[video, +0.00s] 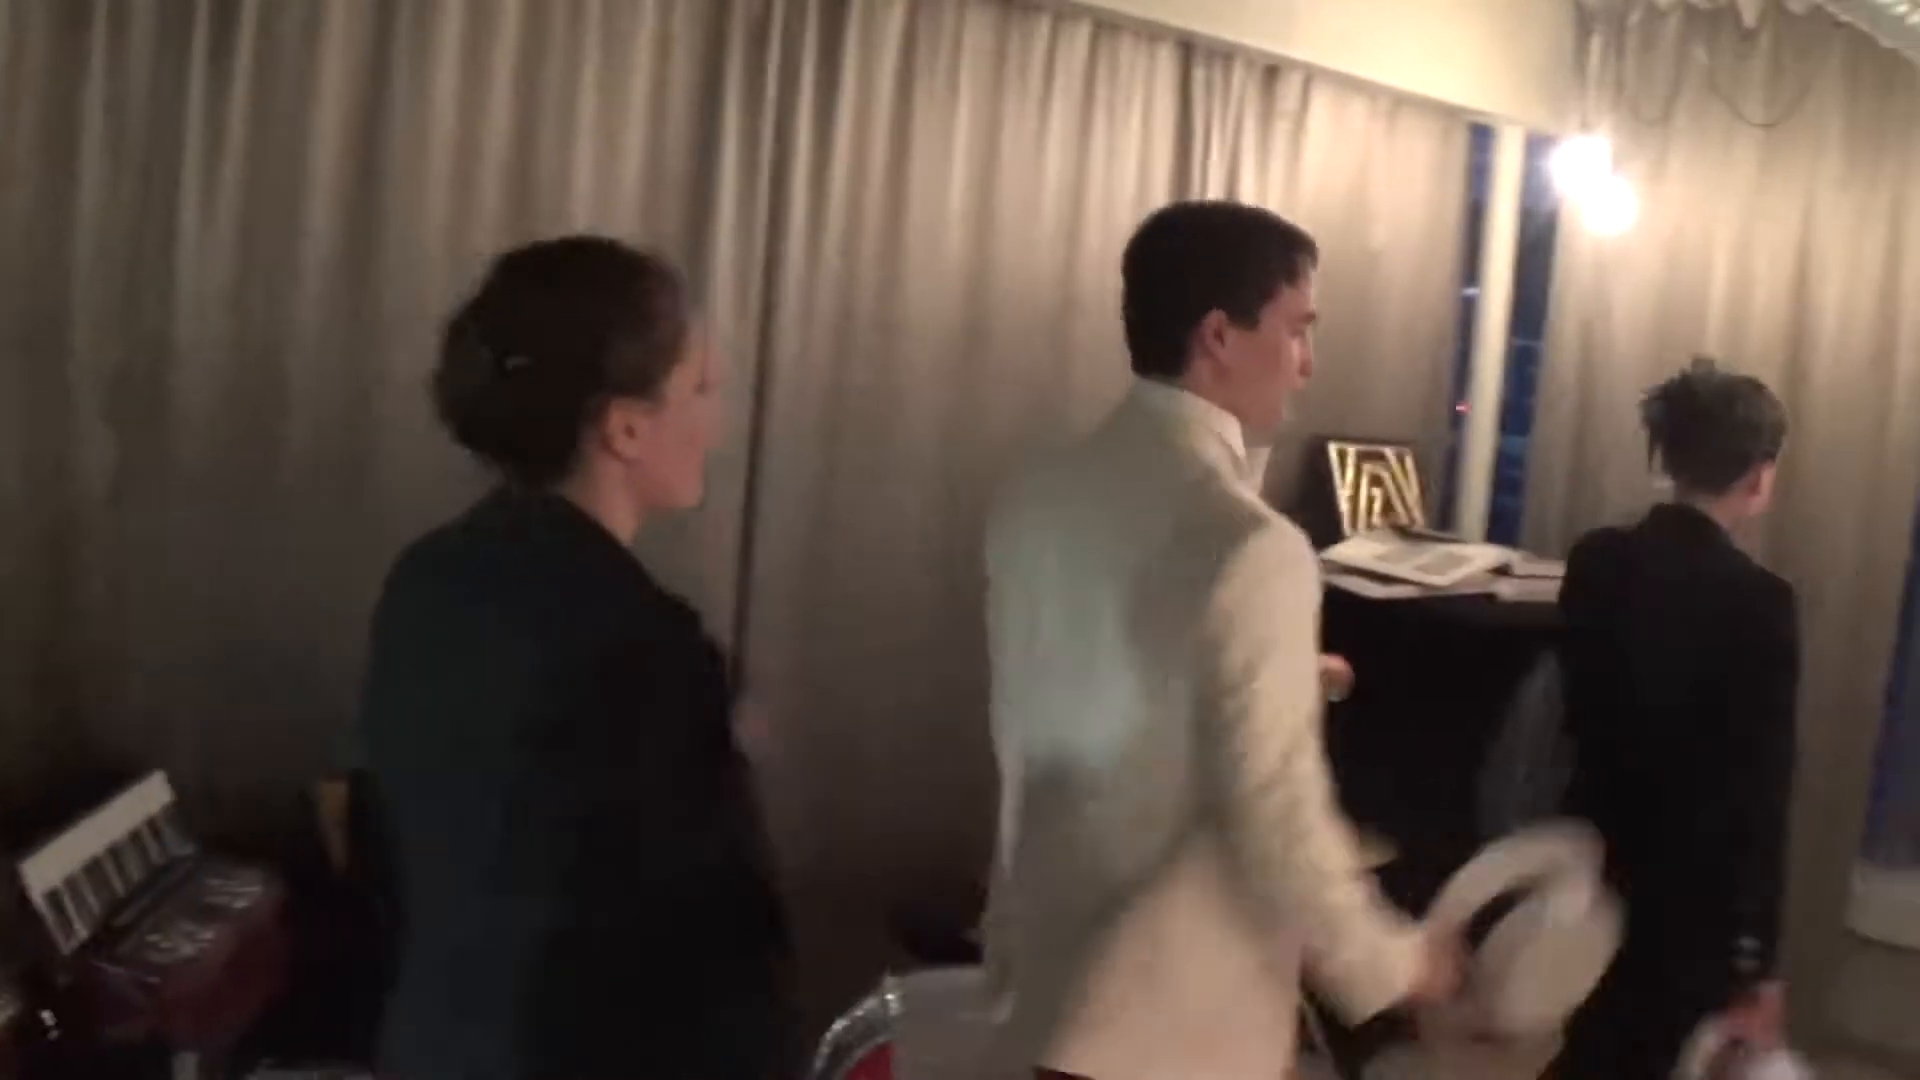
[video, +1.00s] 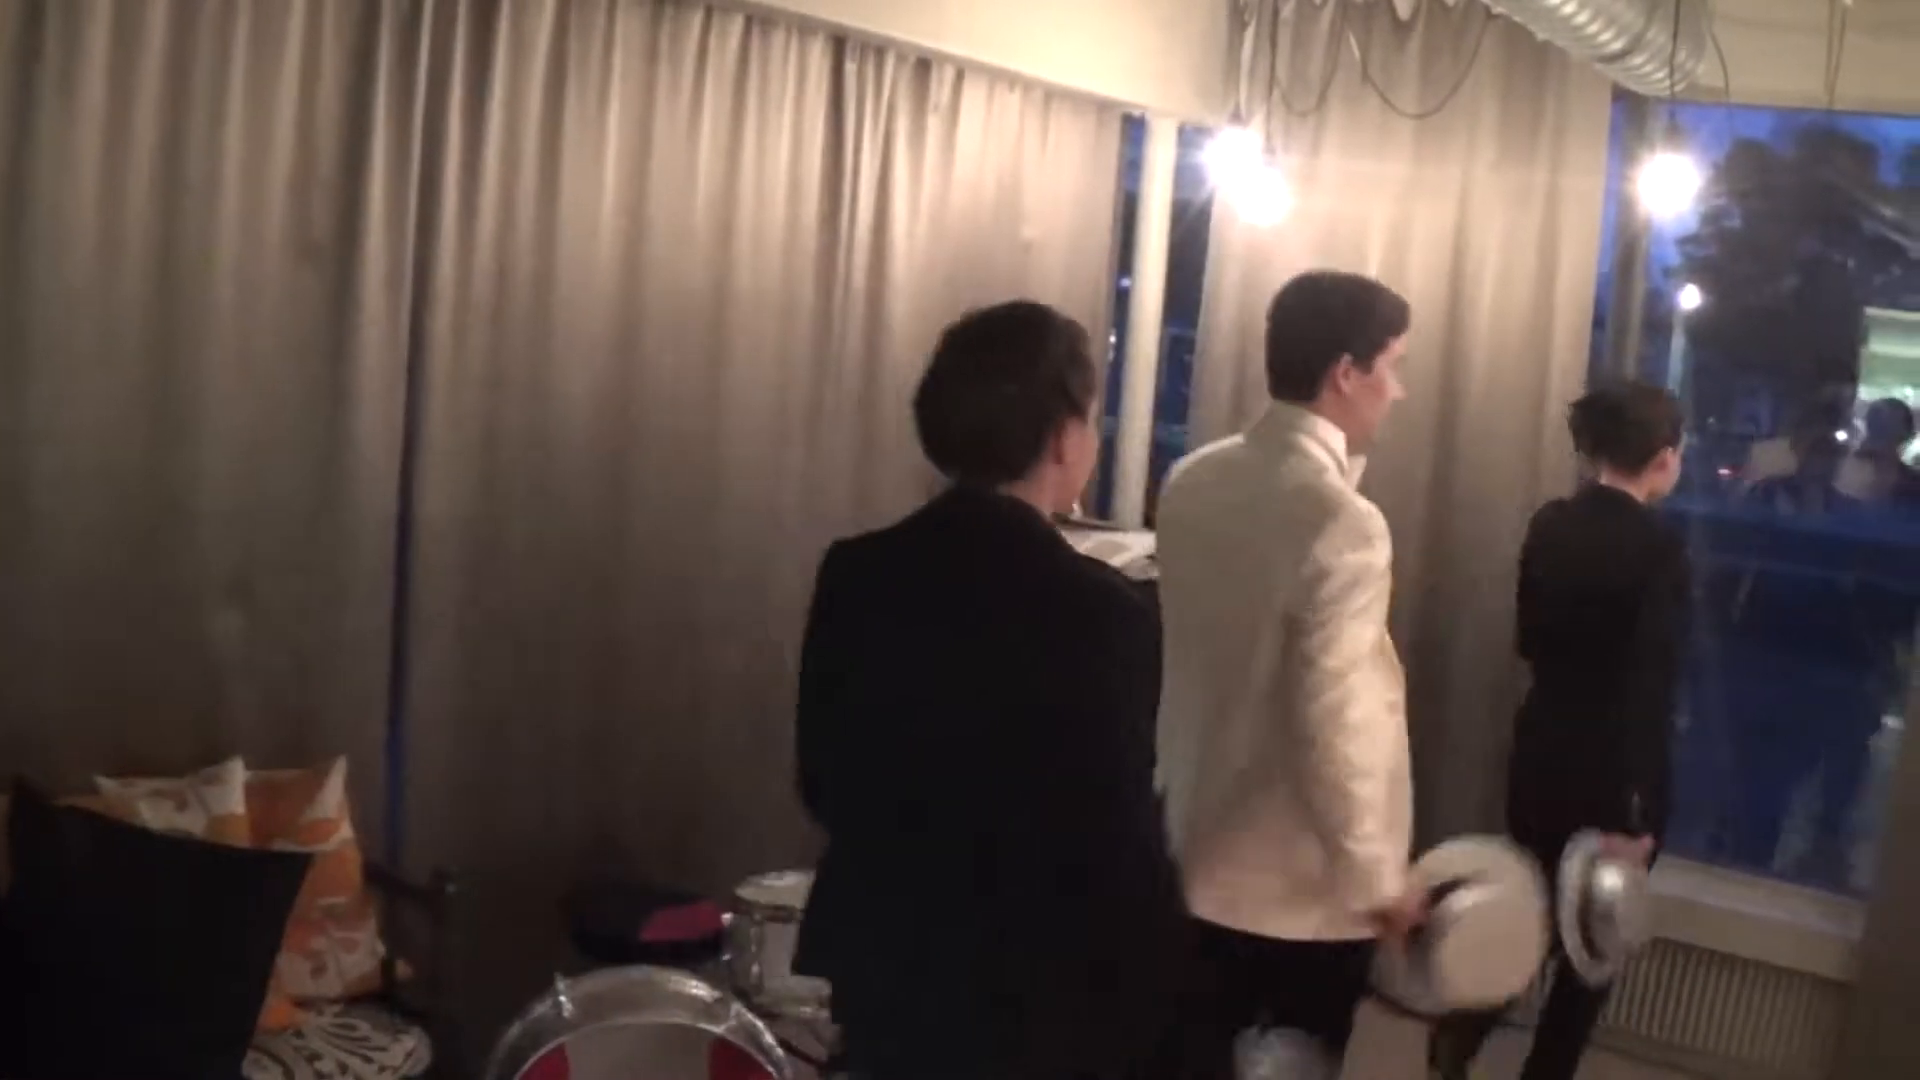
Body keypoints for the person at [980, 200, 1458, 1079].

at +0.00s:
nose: (1307, 364)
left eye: (1308, 330)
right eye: (1297, 329)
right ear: (1218, 337)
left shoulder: (1036, 492)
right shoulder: (1248, 546)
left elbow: (1084, 694)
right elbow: (1274, 811)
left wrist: (1271, 679)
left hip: (1040, 968)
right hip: (1184, 1002)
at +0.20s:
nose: (1322, 337)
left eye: (1325, 311)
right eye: (1318, 309)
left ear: (1173, 297)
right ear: (1260, 307)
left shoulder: (1036, 455)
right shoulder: (1312, 484)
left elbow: (915, 641)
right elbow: (1452, 677)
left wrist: (889, 814)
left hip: (1039, 902)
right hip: (1227, 925)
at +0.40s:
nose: (1301, 355)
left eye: (1305, 330)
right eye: (1301, 329)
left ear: (1166, 310)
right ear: (1251, 329)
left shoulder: (1045, 463)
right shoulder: (1285, 505)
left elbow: (960, 664)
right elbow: (1369, 712)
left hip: (1059, 911)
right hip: (1205, 944)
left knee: (1089, 1066)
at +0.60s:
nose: (1308, 367)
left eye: (1312, 342)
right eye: (1308, 341)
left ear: (1184, 328)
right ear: (1267, 344)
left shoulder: (1082, 470)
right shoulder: (1266, 517)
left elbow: (1076, 659)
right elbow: (1252, 740)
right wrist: (1302, 918)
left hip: (1071, 879)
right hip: (1205, 902)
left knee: (1090, 1067)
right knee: (1267, 1066)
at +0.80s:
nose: (1346, 353)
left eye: (1347, 331)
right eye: (1343, 331)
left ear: (1233, 325)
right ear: (1305, 340)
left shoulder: (1155, 436)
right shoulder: (1284, 486)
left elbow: (1237, 570)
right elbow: (1230, 676)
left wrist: (1378, 558)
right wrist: (1247, 864)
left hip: (1112, 850)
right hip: (1230, 879)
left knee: (1102, 1059)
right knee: (1245, 1066)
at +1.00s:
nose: (1396, 393)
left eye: (1396, 369)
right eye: (1389, 369)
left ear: (1301, 366)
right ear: (1342, 376)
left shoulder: (1187, 485)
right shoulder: (1340, 522)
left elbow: (1185, 664)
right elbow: (1337, 720)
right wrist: (1381, 882)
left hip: (1189, 866)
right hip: (1300, 887)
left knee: (1190, 1061)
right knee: (1302, 1061)